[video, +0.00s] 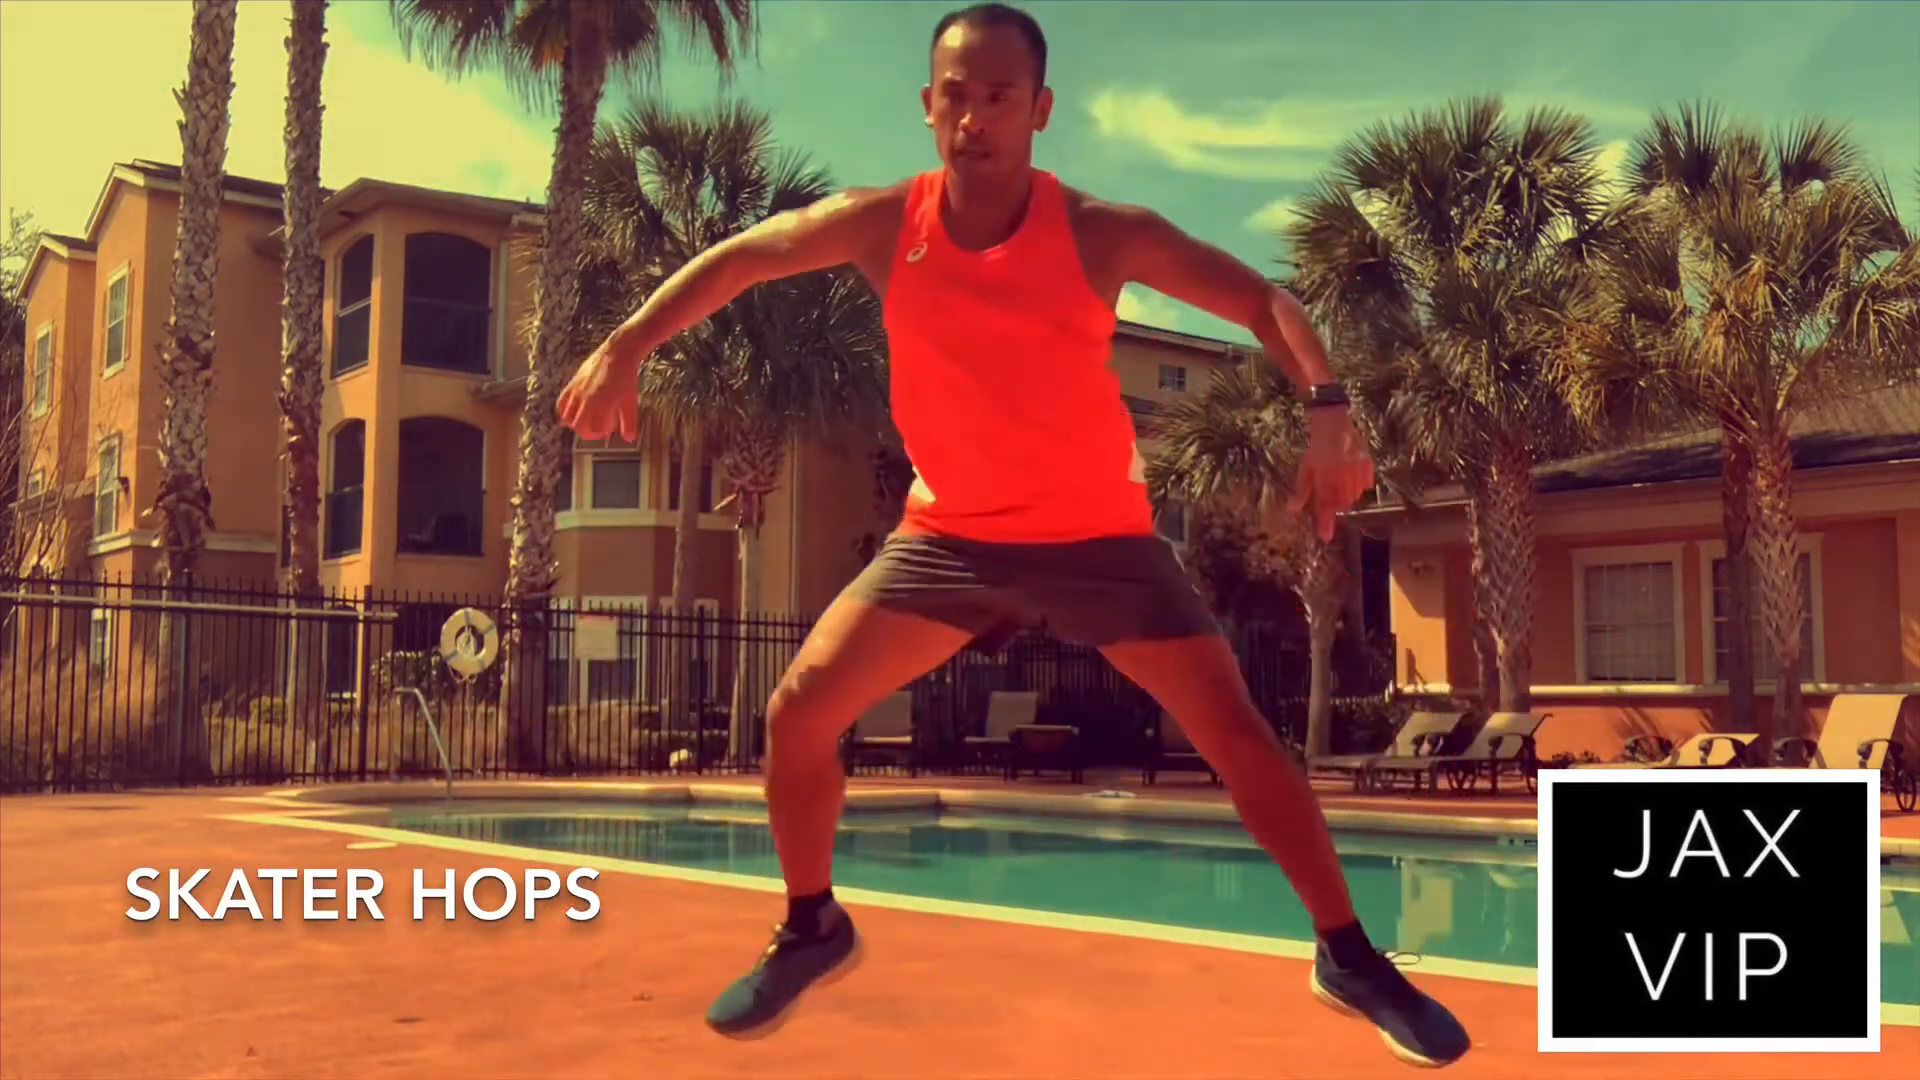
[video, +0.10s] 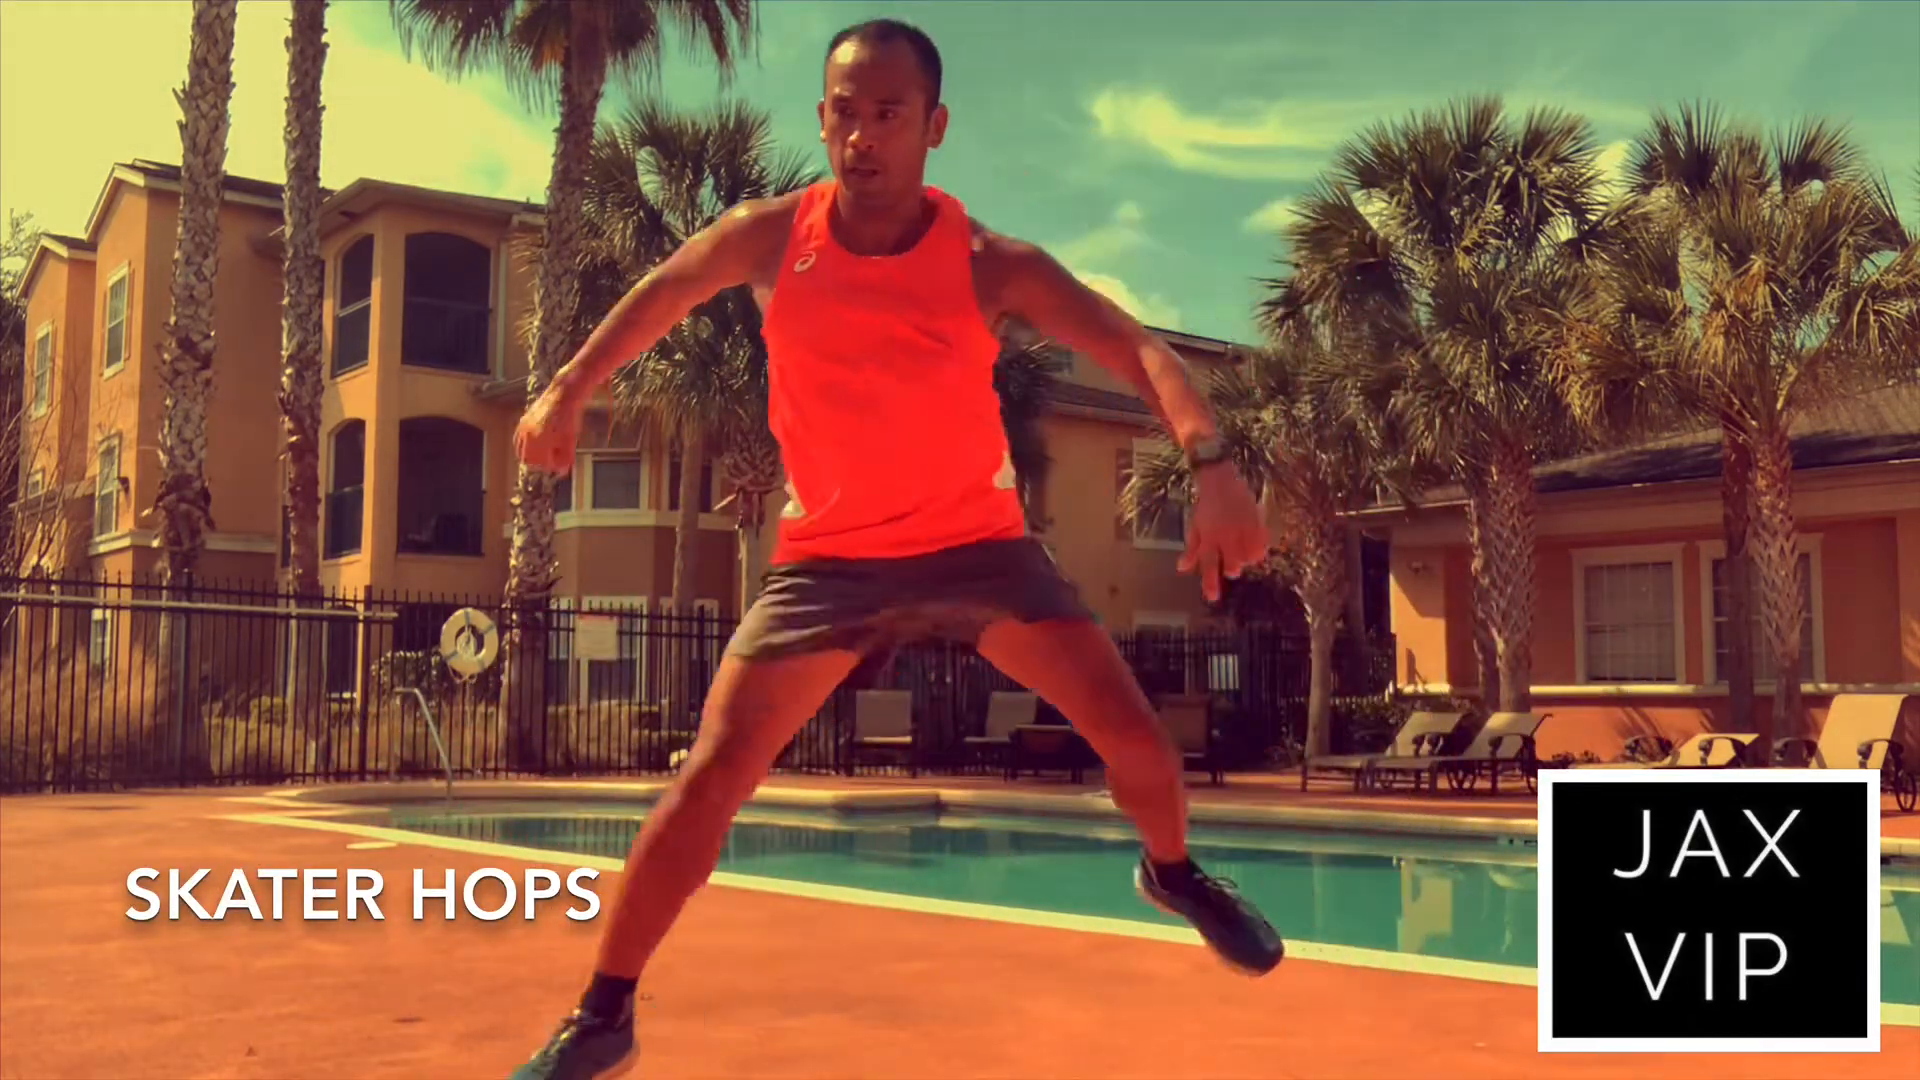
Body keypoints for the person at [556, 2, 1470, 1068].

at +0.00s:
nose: (975, 116)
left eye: (998, 95)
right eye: (956, 95)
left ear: (1040, 108)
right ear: (926, 107)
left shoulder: (1104, 238)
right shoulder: (879, 224)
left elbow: (1267, 305)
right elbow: (738, 260)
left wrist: (1330, 412)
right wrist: (620, 351)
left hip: (1105, 544)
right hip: (945, 542)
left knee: (1235, 734)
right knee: (799, 711)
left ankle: (1351, 950)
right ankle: (812, 925)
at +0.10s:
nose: (861, 138)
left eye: (888, 115)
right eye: (843, 113)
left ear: (935, 125)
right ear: (821, 120)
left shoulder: (992, 264)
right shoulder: (763, 239)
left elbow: (1137, 351)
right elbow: (661, 298)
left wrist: (1214, 465)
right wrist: (565, 393)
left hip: (982, 550)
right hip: (826, 562)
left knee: (1133, 733)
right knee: (712, 773)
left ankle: (1173, 871)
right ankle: (601, 1009)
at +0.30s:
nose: (634, 282)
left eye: (664, 260)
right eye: (622, 258)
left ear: (723, 275)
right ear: (607, 265)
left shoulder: (777, 412)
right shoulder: (574, 382)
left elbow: (861, 575)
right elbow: (579, 518)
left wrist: (854, 730)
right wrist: (590, 640)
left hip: (761, 683)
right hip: (624, 664)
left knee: (792, 928)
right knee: (553, 847)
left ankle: (721, 831)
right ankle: (530, 1067)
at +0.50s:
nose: (530, 404)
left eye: (560, 382)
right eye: (519, 380)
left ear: (625, 396)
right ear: (506, 387)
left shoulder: (671, 544)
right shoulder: (509, 491)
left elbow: (602, 746)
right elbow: (530, 624)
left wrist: (447, 870)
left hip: (641, 779)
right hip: (533, 712)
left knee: (493, 956)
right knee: (520, 871)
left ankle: (402, 947)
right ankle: (528, 1070)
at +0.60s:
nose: (525, 453)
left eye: (555, 429)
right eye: (513, 427)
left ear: (619, 441)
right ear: (497, 431)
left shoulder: (666, 597)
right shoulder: (488, 524)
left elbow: (547, 782)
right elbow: (511, 619)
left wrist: (374, 853)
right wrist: (483, 641)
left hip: (607, 813)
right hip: (502, 735)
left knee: (449, 989)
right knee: (508, 846)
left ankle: (335, 995)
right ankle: (525, 1071)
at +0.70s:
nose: (534, 465)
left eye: (564, 440)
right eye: (520, 439)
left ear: (623, 449)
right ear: (503, 441)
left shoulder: (675, 599)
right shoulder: (487, 536)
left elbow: (573, 784)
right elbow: (511, 635)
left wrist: (386, 824)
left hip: (603, 819)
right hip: (499, 742)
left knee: (440, 982)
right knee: (507, 853)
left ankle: (322, 1006)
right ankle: (524, 1072)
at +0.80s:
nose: (567, 406)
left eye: (594, 382)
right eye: (551, 382)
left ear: (651, 390)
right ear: (532, 388)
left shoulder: (710, 536)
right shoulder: (521, 504)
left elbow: (659, 740)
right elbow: (501, 611)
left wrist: (488, 831)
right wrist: (449, 714)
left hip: (650, 773)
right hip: (538, 709)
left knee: (515, 946)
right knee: (518, 880)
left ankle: (359, 987)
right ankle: (527, 1072)